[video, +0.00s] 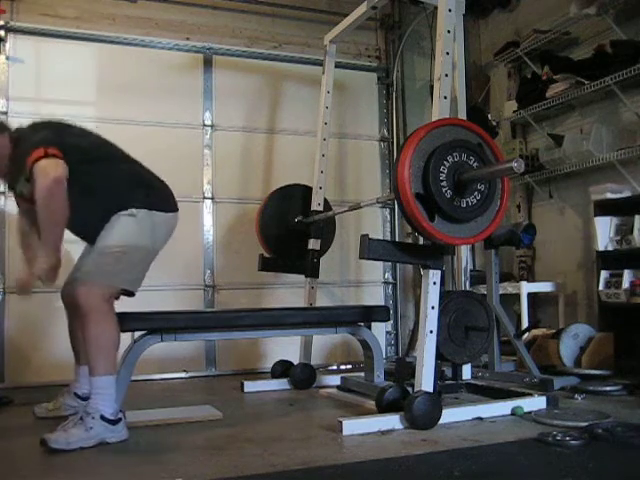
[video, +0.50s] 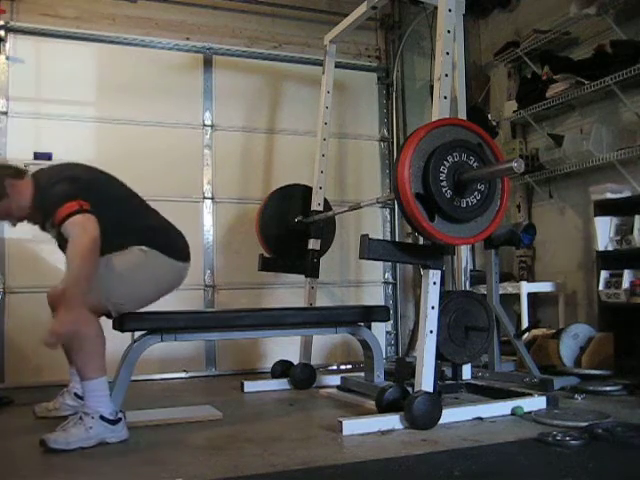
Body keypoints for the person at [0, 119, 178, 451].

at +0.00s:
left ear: (4, 141)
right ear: (6, 141)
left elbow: (52, 178)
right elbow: (28, 219)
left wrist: (51, 255)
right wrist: (29, 268)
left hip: (143, 208)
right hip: (119, 215)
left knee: (92, 294)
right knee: (73, 293)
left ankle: (106, 415)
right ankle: (84, 395)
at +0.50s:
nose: (11, 221)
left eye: (4, 212)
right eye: (4, 217)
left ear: (9, 188)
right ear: (11, 185)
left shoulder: (55, 187)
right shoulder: (45, 192)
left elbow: (85, 233)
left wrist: (71, 303)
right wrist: (69, 288)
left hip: (158, 254)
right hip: (139, 252)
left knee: (72, 301)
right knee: (62, 296)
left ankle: (103, 415)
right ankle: (81, 393)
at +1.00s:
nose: (88, 161)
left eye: (90, 153)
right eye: (85, 155)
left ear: (109, 142)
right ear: (112, 143)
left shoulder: (141, 170)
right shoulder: (127, 173)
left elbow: (80, 220)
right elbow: (75, 229)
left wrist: (31, 229)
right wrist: (28, 228)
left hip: (173, 280)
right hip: (150, 278)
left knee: (81, 296)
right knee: (68, 295)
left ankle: (104, 416)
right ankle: (81, 394)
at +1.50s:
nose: (129, 146)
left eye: (133, 138)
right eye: (130, 138)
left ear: (153, 138)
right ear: (155, 139)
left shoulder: (170, 169)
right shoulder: (159, 169)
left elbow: (100, 204)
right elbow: (90, 191)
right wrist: (40, 162)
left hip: (178, 280)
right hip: (157, 276)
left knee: (84, 296)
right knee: (69, 294)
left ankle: (104, 416)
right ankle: (82, 394)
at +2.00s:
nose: (138, 140)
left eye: (145, 132)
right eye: (138, 133)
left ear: (171, 134)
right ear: (168, 136)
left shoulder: (180, 163)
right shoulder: (164, 170)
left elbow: (115, 188)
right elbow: (125, 217)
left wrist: (109, 186)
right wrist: (93, 189)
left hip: (178, 280)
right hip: (153, 277)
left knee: (87, 293)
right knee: (66, 297)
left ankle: (105, 416)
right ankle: (82, 393)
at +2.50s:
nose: (120, 130)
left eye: (128, 123)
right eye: (121, 123)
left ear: (155, 129)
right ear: (149, 131)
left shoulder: (173, 161)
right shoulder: (147, 170)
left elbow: (178, 194)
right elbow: (155, 231)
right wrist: (117, 243)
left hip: (177, 280)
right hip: (154, 276)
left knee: (83, 292)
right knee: (75, 292)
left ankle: (86, 415)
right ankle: (72, 393)